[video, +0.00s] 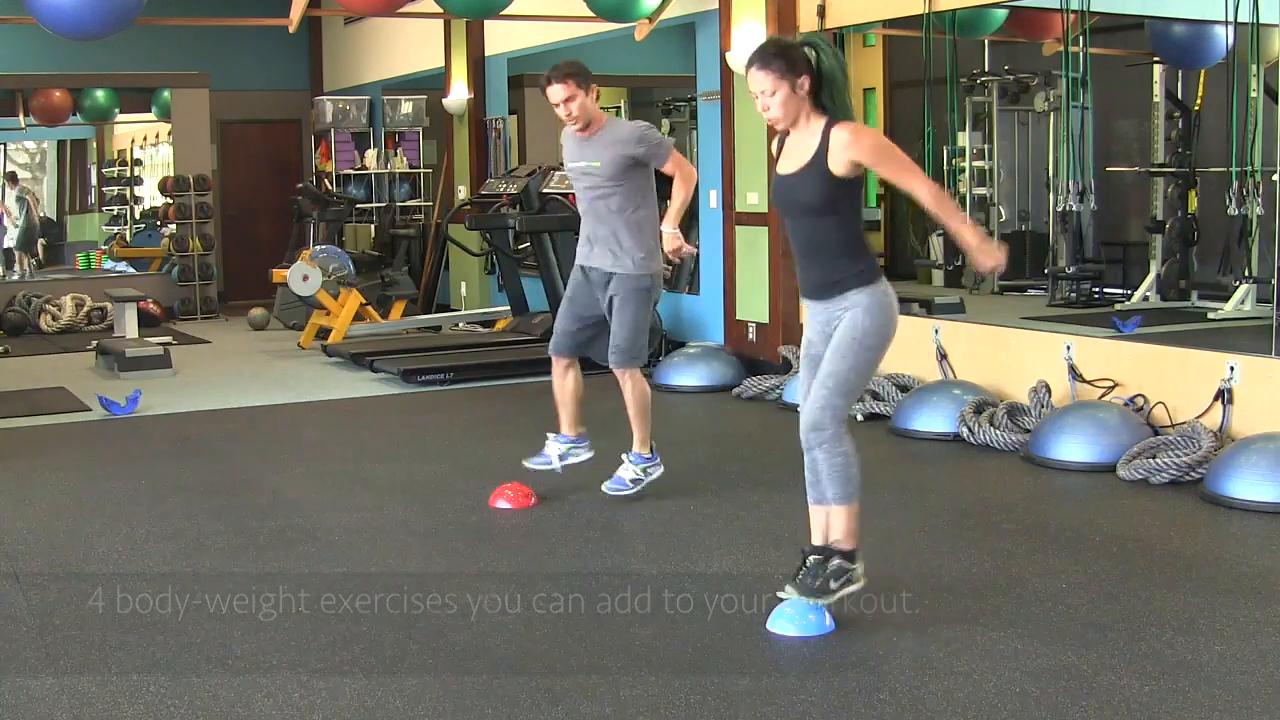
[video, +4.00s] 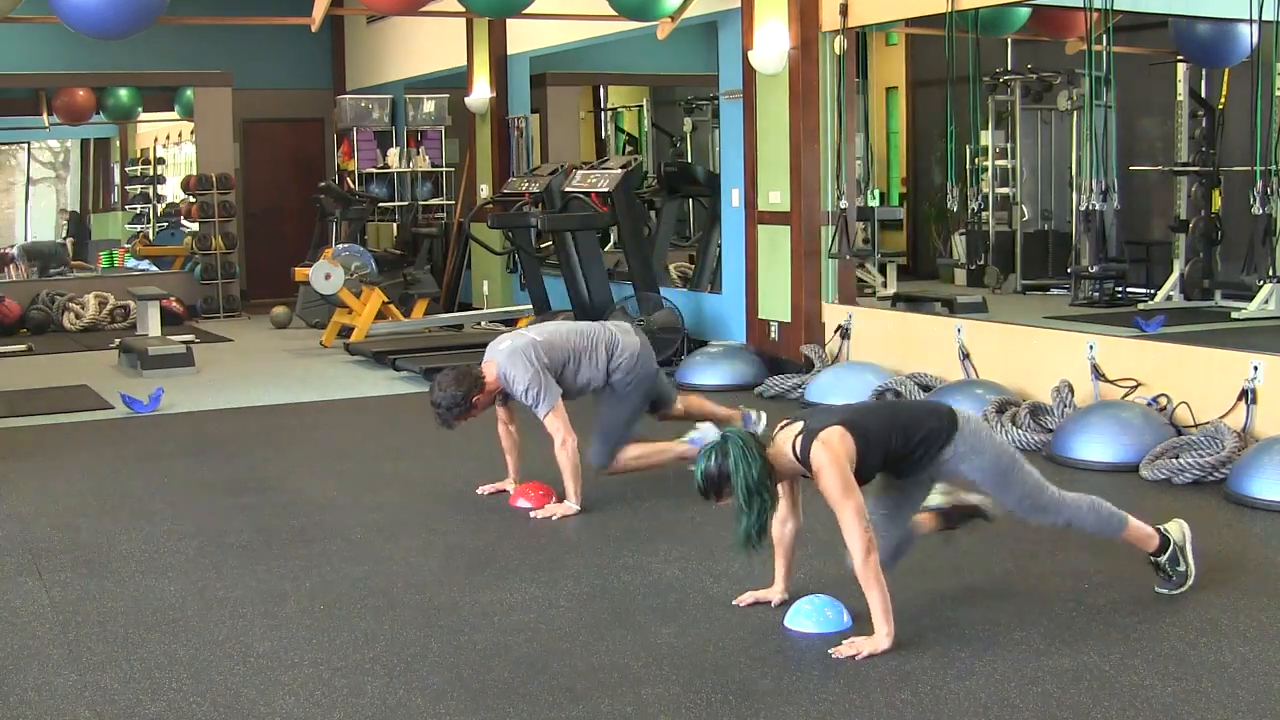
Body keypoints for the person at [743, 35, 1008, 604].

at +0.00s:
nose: (761, 106)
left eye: (768, 94)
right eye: (756, 96)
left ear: (801, 85)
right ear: (763, 94)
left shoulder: (847, 138)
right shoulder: (782, 144)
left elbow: (922, 187)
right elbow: (810, 221)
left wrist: (977, 243)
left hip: (863, 305)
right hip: (817, 310)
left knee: (824, 417)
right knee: (812, 421)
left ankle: (844, 556)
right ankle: (820, 550)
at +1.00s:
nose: (789, 269)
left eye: (799, 257)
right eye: (787, 258)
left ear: (836, 257)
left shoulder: (870, 310)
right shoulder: (802, 308)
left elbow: (812, 379)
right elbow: (743, 360)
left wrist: (739, 336)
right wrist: (687, 344)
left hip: (947, 416)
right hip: (891, 415)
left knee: (874, 479)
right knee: (805, 467)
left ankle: (920, 600)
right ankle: (836, 568)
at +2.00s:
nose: (778, 268)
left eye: (789, 257)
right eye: (775, 258)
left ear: (823, 258)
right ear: (773, 261)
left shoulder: (861, 309)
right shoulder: (801, 309)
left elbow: (802, 369)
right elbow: (737, 368)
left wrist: (773, 298)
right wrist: (720, 303)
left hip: (945, 418)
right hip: (887, 417)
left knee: (873, 478)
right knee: (804, 463)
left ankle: (924, 598)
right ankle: (842, 570)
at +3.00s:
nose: (733, 509)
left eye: (731, 501)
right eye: (725, 504)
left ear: (749, 481)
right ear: (735, 456)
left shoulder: (832, 454)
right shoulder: (761, 440)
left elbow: (869, 546)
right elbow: (772, 513)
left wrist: (883, 634)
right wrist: (779, 585)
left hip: (916, 459)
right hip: (912, 426)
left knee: (835, 555)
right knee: (976, 497)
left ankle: (965, 561)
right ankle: (1068, 517)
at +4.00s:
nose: (735, 498)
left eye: (733, 489)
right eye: (727, 492)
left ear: (746, 471)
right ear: (747, 452)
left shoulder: (824, 452)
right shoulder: (774, 446)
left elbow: (862, 548)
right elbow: (784, 516)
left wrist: (882, 633)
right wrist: (779, 586)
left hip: (950, 437)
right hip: (899, 462)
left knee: (1045, 505)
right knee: (879, 556)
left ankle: (1161, 542)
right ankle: (948, 511)